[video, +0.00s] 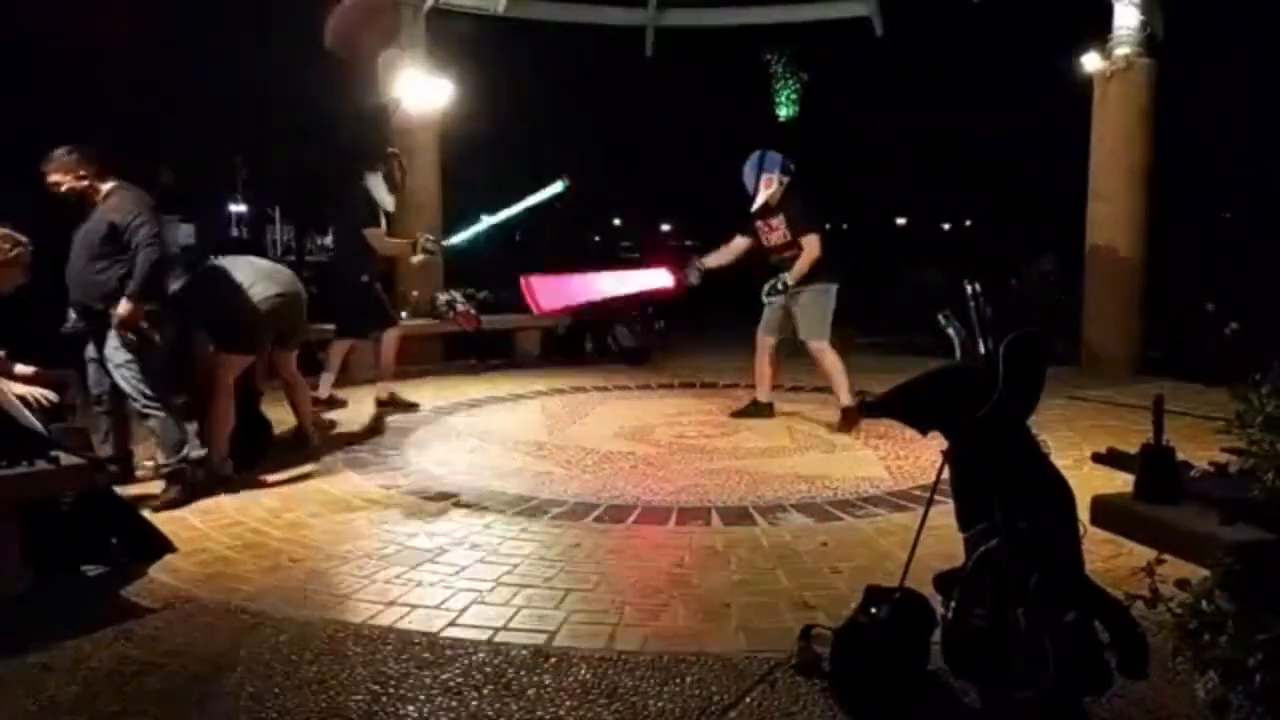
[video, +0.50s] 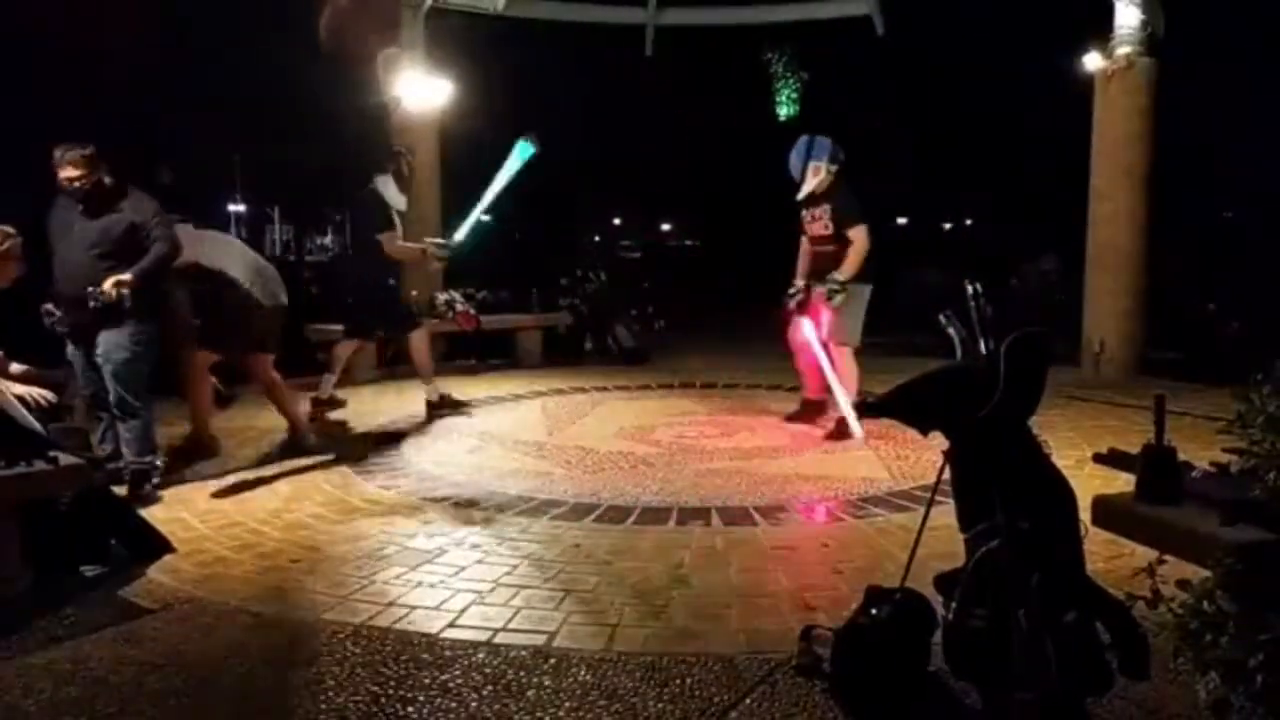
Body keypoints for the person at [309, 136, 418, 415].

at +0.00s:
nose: (392, 177)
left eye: (393, 171)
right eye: (388, 171)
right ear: (375, 170)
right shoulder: (361, 197)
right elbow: (378, 243)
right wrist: (415, 246)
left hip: (347, 272)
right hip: (358, 274)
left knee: (346, 332)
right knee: (391, 327)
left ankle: (323, 391)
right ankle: (384, 391)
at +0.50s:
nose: (411, 173)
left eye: (410, 167)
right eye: (407, 167)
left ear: (387, 169)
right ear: (394, 167)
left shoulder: (376, 197)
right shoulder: (378, 200)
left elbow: (389, 243)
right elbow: (391, 247)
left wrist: (422, 245)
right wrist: (426, 251)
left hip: (366, 282)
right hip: (378, 284)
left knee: (354, 336)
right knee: (416, 330)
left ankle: (324, 392)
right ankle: (434, 395)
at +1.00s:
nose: (450, 175)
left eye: (448, 169)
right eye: (446, 169)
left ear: (419, 168)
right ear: (435, 169)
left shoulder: (408, 195)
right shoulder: (422, 197)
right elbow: (446, 242)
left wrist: (482, 248)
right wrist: (486, 249)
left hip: (397, 277)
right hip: (415, 279)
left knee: (399, 332)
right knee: (446, 329)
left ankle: (368, 390)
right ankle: (439, 396)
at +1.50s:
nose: (448, 174)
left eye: (447, 168)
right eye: (444, 168)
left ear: (418, 168)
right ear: (432, 168)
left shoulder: (408, 193)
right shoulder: (421, 197)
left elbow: (420, 244)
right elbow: (424, 246)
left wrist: (446, 264)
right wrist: (453, 269)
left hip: (403, 274)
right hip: (417, 275)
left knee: (408, 329)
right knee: (449, 328)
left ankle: (392, 390)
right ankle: (441, 391)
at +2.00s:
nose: (476, 182)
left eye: (474, 176)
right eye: (472, 176)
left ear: (447, 175)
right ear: (461, 176)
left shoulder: (438, 200)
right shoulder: (444, 205)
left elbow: (457, 252)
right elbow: (457, 255)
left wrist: (488, 264)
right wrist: (490, 265)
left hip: (421, 277)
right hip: (432, 279)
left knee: (425, 329)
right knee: (471, 327)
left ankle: (396, 384)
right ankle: (473, 391)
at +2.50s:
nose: (451, 185)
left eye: (451, 179)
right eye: (447, 179)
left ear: (432, 180)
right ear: (435, 181)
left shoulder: (432, 208)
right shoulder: (415, 212)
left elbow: (431, 249)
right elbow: (415, 260)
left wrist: (446, 274)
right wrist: (440, 286)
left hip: (418, 277)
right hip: (410, 280)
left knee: (401, 334)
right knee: (447, 327)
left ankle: (369, 386)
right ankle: (467, 389)